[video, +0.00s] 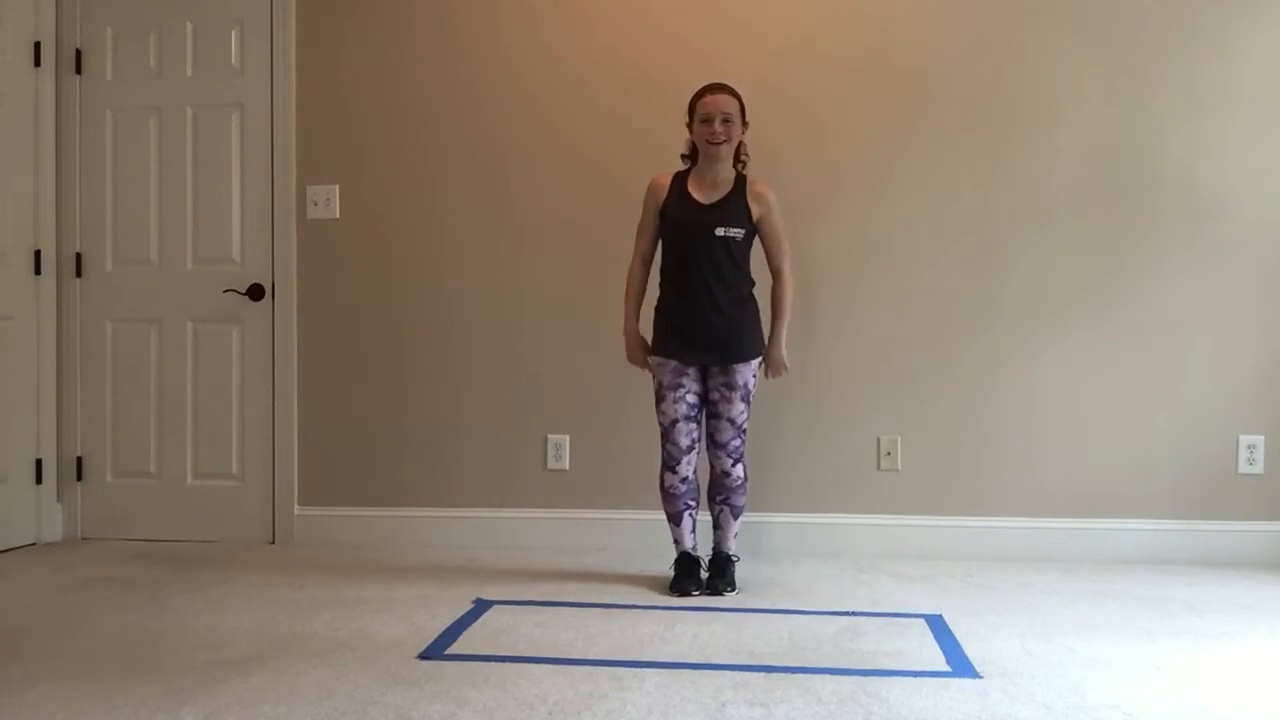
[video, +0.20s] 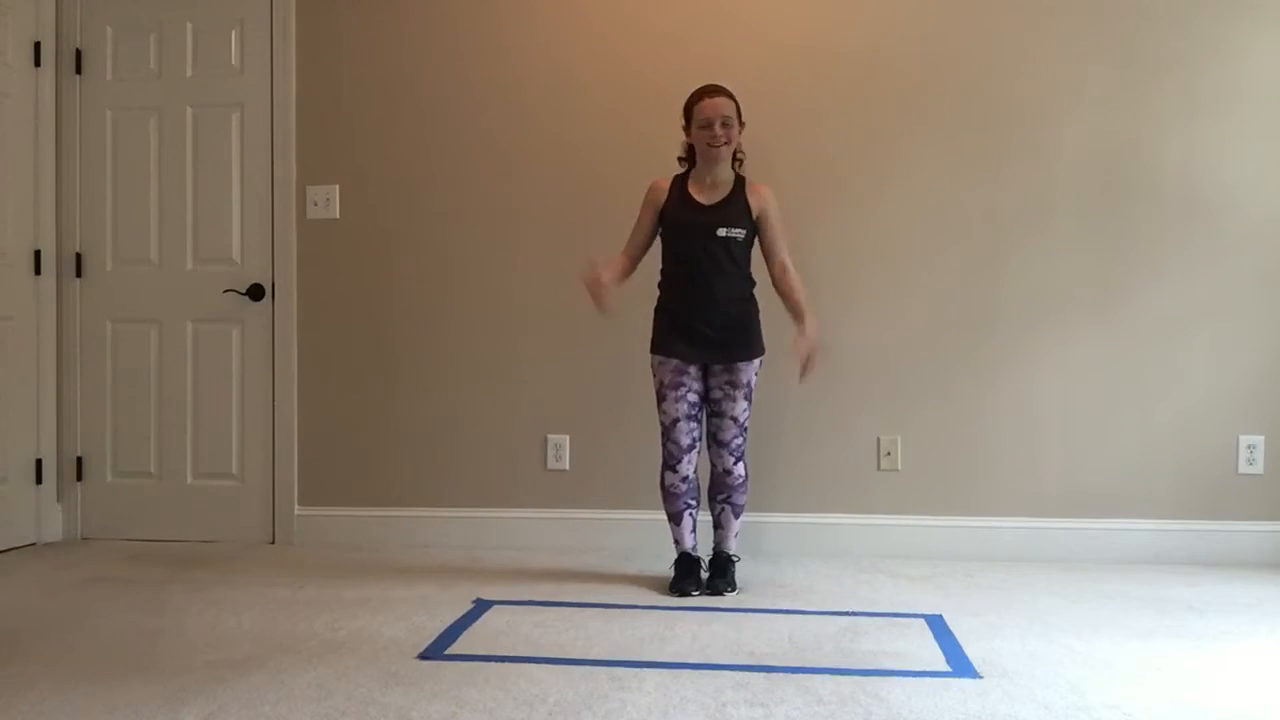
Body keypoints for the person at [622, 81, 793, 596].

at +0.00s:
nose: (717, 128)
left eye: (727, 119)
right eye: (707, 119)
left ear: (742, 128)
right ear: (691, 128)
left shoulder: (756, 196)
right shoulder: (664, 189)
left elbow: (781, 271)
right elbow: (641, 261)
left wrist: (777, 342)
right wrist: (631, 327)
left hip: (737, 346)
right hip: (674, 343)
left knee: (727, 454)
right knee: (678, 452)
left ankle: (724, 555)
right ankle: (685, 556)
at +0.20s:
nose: (716, 132)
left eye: (726, 123)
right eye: (705, 123)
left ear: (739, 130)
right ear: (688, 132)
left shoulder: (756, 197)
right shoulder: (664, 191)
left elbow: (781, 269)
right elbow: (632, 253)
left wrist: (804, 322)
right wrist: (606, 275)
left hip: (736, 343)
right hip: (676, 341)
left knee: (727, 450)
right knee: (679, 449)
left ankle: (723, 555)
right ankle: (686, 557)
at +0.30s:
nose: (726, 133)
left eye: (731, 123)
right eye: (712, 127)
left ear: (740, 129)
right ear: (688, 138)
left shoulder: (754, 193)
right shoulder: (664, 192)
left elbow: (780, 260)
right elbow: (622, 252)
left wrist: (828, 251)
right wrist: (573, 209)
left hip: (737, 341)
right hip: (677, 340)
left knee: (729, 450)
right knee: (680, 449)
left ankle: (724, 556)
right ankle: (686, 557)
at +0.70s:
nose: (713, 140)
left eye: (719, 129)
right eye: (700, 133)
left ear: (727, 129)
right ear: (677, 141)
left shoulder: (749, 184)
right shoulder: (658, 195)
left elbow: (817, 210)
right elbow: (595, 235)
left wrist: (794, 250)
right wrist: (625, 266)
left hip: (738, 340)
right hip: (678, 341)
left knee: (728, 451)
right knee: (681, 450)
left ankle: (724, 556)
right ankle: (686, 558)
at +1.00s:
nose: (705, 129)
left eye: (713, 119)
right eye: (693, 121)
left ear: (724, 125)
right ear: (674, 130)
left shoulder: (750, 188)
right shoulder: (656, 192)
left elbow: (762, 265)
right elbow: (646, 268)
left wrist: (774, 333)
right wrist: (628, 333)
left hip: (736, 344)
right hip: (675, 343)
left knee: (728, 451)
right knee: (680, 451)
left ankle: (724, 555)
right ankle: (686, 557)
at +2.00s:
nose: (702, 131)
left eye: (710, 123)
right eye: (690, 123)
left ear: (721, 129)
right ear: (670, 131)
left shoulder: (739, 192)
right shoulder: (647, 190)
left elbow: (770, 252)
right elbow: (630, 263)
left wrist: (811, 282)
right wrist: (604, 308)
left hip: (723, 341)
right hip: (664, 341)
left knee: (721, 448)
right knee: (672, 450)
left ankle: (724, 555)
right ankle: (683, 556)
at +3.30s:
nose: (701, 122)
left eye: (711, 112)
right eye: (689, 112)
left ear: (724, 122)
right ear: (669, 120)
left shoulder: (741, 184)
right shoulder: (644, 185)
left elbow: (780, 256)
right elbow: (617, 260)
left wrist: (840, 284)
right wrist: (569, 291)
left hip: (732, 326)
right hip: (668, 331)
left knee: (767, 430)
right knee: (664, 450)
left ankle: (790, 551)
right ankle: (678, 560)